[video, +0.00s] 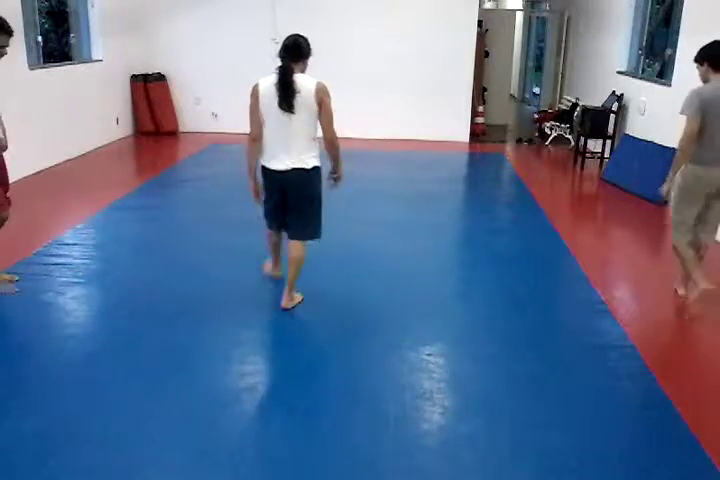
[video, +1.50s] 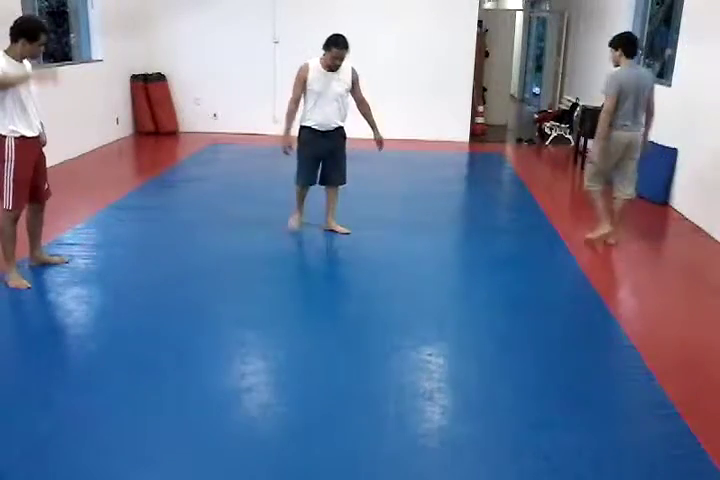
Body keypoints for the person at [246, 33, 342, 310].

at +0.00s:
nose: (307, 63)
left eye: (305, 58)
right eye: (307, 58)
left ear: (281, 56)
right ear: (306, 59)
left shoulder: (260, 89)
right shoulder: (317, 89)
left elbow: (255, 137)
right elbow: (329, 137)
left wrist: (253, 177)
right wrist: (336, 165)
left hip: (272, 173)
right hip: (304, 174)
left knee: (273, 223)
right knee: (298, 236)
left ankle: (275, 264)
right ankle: (289, 294)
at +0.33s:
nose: (314, 61)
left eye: (314, 57)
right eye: (314, 57)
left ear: (290, 53)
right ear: (311, 57)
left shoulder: (268, 82)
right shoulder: (316, 84)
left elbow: (257, 127)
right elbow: (326, 130)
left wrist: (252, 165)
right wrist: (335, 163)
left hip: (274, 162)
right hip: (305, 162)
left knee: (276, 215)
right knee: (311, 212)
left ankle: (282, 261)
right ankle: (301, 255)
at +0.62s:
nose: (330, 65)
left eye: (331, 60)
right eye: (330, 60)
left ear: (310, 54)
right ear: (323, 58)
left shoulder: (286, 76)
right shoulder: (322, 84)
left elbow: (276, 115)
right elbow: (325, 127)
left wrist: (283, 138)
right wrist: (330, 165)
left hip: (286, 151)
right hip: (312, 154)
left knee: (288, 206)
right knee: (321, 200)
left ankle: (285, 259)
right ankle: (318, 243)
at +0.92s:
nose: (346, 63)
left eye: (348, 58)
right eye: (346, 57)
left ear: (329, 50)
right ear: (335, 53)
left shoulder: (312, 68)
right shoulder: (325, 77)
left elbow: (312, 113)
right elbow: (326, 118)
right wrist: (340, 152)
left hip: (306, 138)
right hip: (320, 141)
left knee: (322, 188)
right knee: (328, 196)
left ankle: (306, 228)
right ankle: (318, 242)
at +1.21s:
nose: (351, 67)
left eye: (353, 62)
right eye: (350, 61)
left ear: (346, 59)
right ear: (338, 56)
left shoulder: (344, 80)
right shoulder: (315, 77)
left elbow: (347, 110)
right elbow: (304, 113)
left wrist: (354, 137)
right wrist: (324, 139)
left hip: (338, 138)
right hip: (318, 139)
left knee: (337, 188)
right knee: (323, 193)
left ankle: (329, 221)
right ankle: (317, 241)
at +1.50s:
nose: (339, 62)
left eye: (342, 58)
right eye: (335, 58)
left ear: (346, 56)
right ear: (325, 52)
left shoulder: (349, 73)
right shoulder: (307, 70)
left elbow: (361, 102)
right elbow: (294, 101)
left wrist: (375, 131)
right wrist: (287, 133)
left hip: (336, 134)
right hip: (309, 132)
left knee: (334, 181)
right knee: (304, 180)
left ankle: (330, 220)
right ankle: (298, 213)